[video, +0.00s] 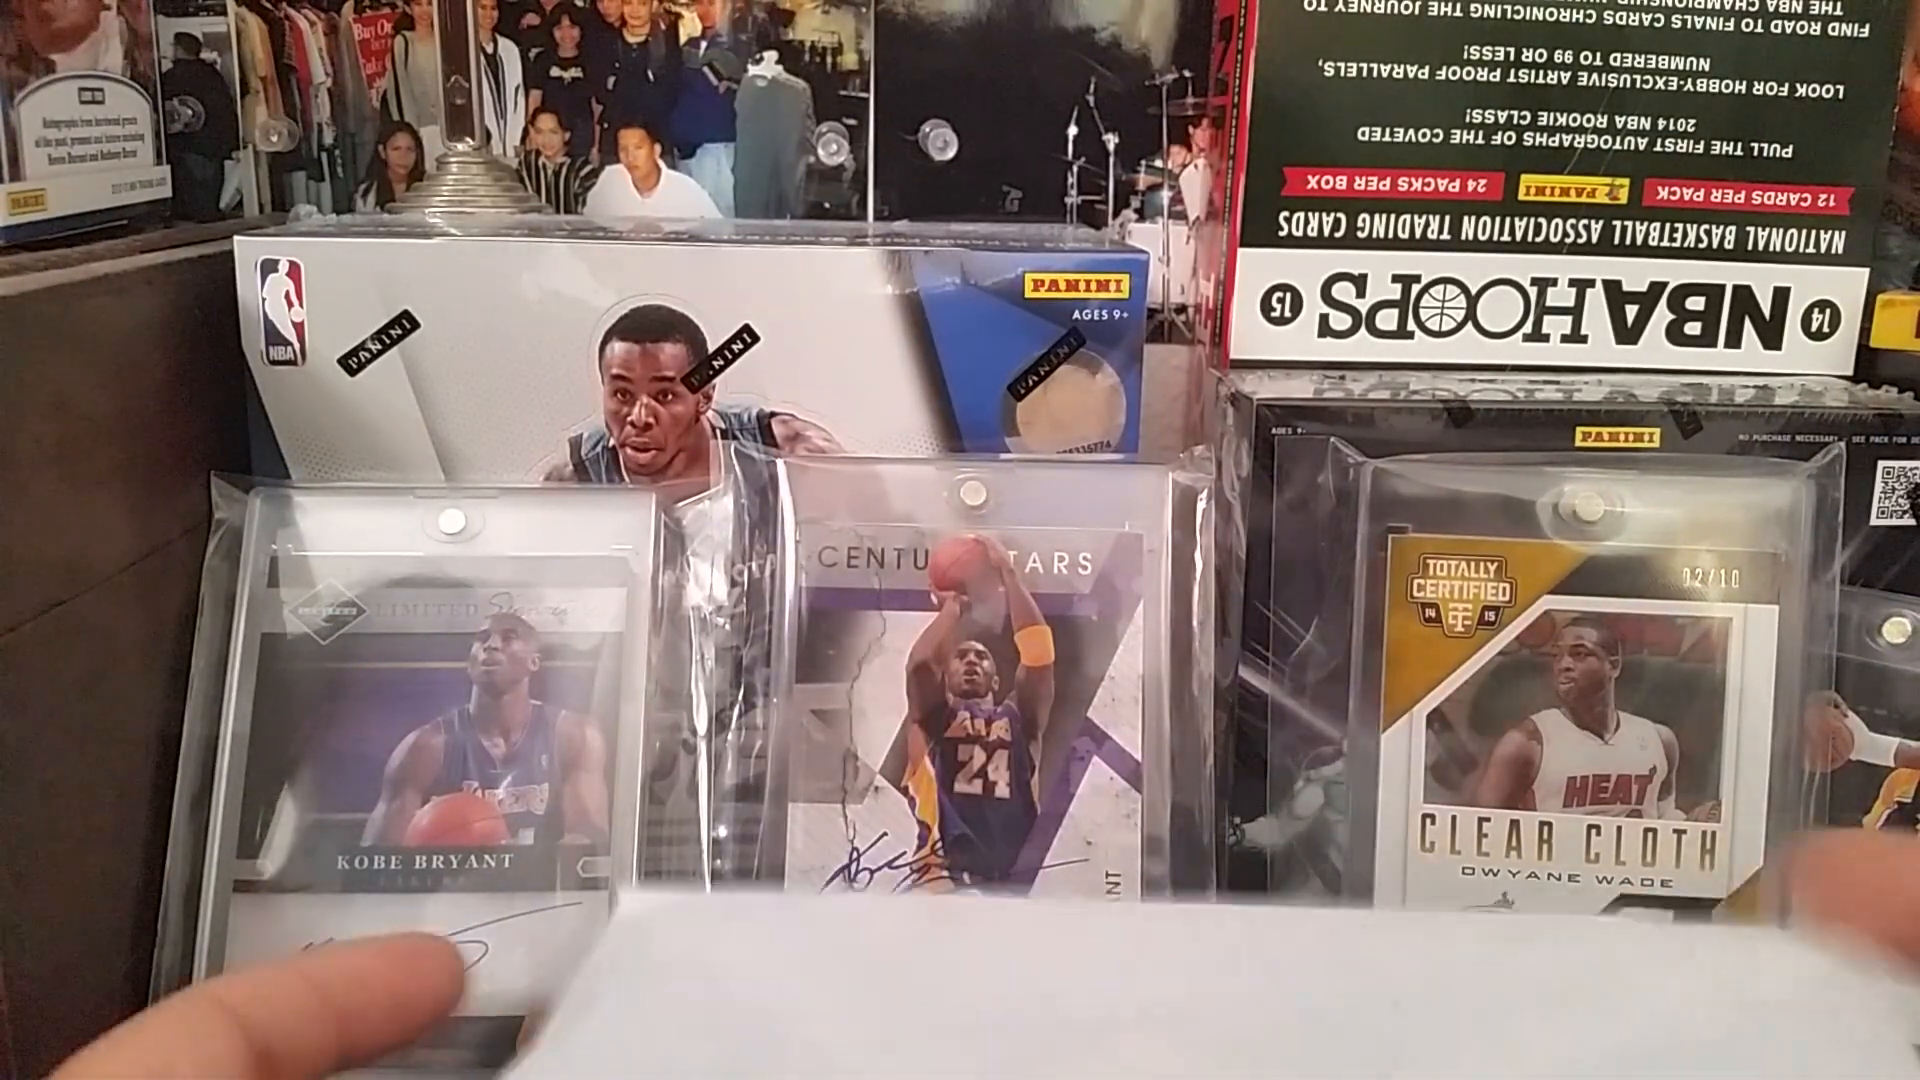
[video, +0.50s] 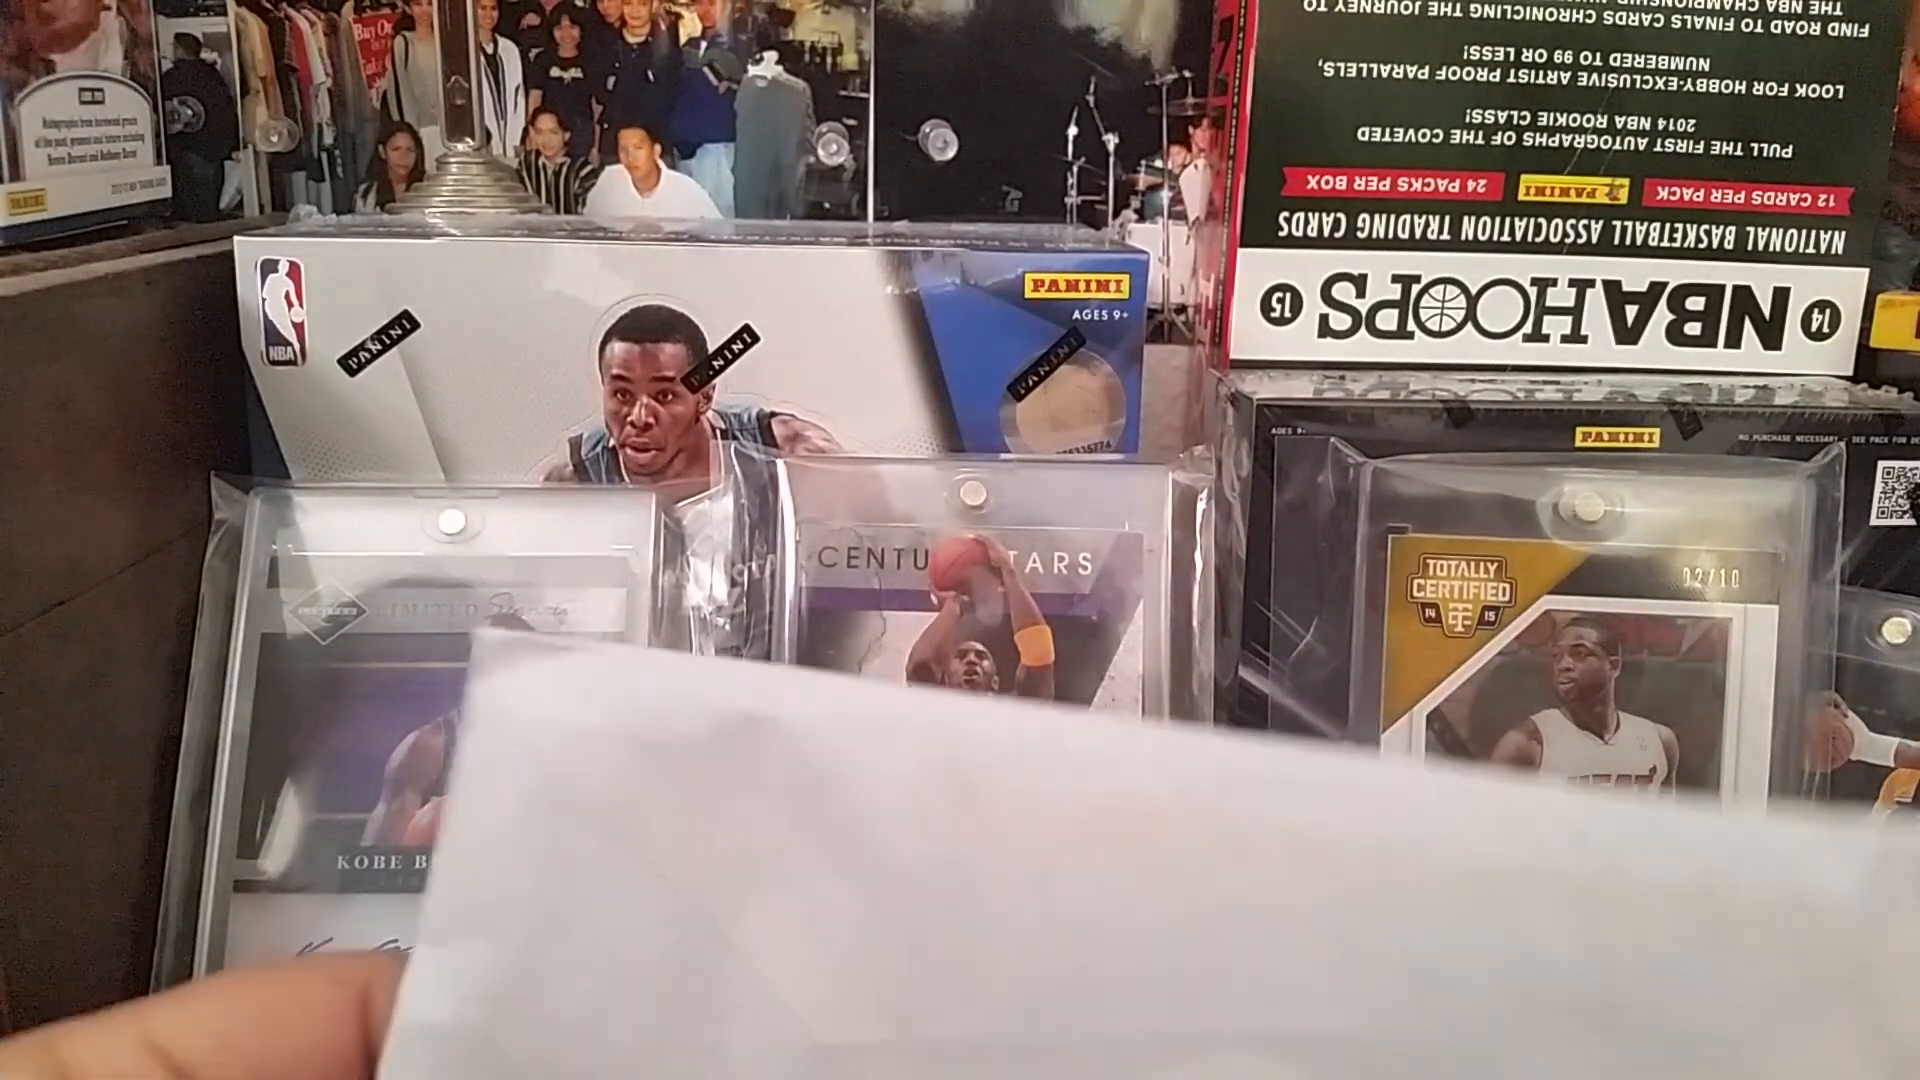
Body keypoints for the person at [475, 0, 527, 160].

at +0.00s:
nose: (489, 14)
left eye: (493, 8)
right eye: (483, 8)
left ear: (498, 12)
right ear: (472, 11)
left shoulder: (511, 48)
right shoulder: (465, 50)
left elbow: (520, 96)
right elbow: (464, 100)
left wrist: (516, 141)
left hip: (512, 144)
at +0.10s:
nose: (490, 14)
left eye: (493, 8)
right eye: (483, 8)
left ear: (498, 11)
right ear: (472, 11)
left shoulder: (511, 48)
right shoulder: (465, 51)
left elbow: (520, 96)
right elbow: (464, 101)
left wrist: (516, 141)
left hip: (512, 145)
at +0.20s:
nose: (489, 14)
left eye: (493, 8)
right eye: (483, 8)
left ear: (498, 12)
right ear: (472, 11)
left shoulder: (511, 48)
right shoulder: (465, 50)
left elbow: (520, 96)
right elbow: (465, 101)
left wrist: (516, 142)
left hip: (512, 145)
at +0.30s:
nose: (489, 15)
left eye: (493, 9)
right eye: (483, 9)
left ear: (498, 12)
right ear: (472, 12)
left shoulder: (511, 49)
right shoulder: (465, 52)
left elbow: (520, 97)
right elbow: (465, 103)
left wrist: (515, 143)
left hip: (512, 147)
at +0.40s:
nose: (489, 14)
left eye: (493, 8)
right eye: (483, 8)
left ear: (498, 11)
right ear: (472, 11)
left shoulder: (511, 48)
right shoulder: (465, 51)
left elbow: (520, 95)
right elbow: (465, 101)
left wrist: (516, 141)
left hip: (512, 144)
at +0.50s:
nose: (489, 14)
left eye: (494, 8)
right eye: (483, 8)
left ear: (499, 12)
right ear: (472, 11)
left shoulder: (511, 49)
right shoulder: (465, 51)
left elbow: (520, 96)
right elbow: (465, 101)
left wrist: (516, 142)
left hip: (512, 145)